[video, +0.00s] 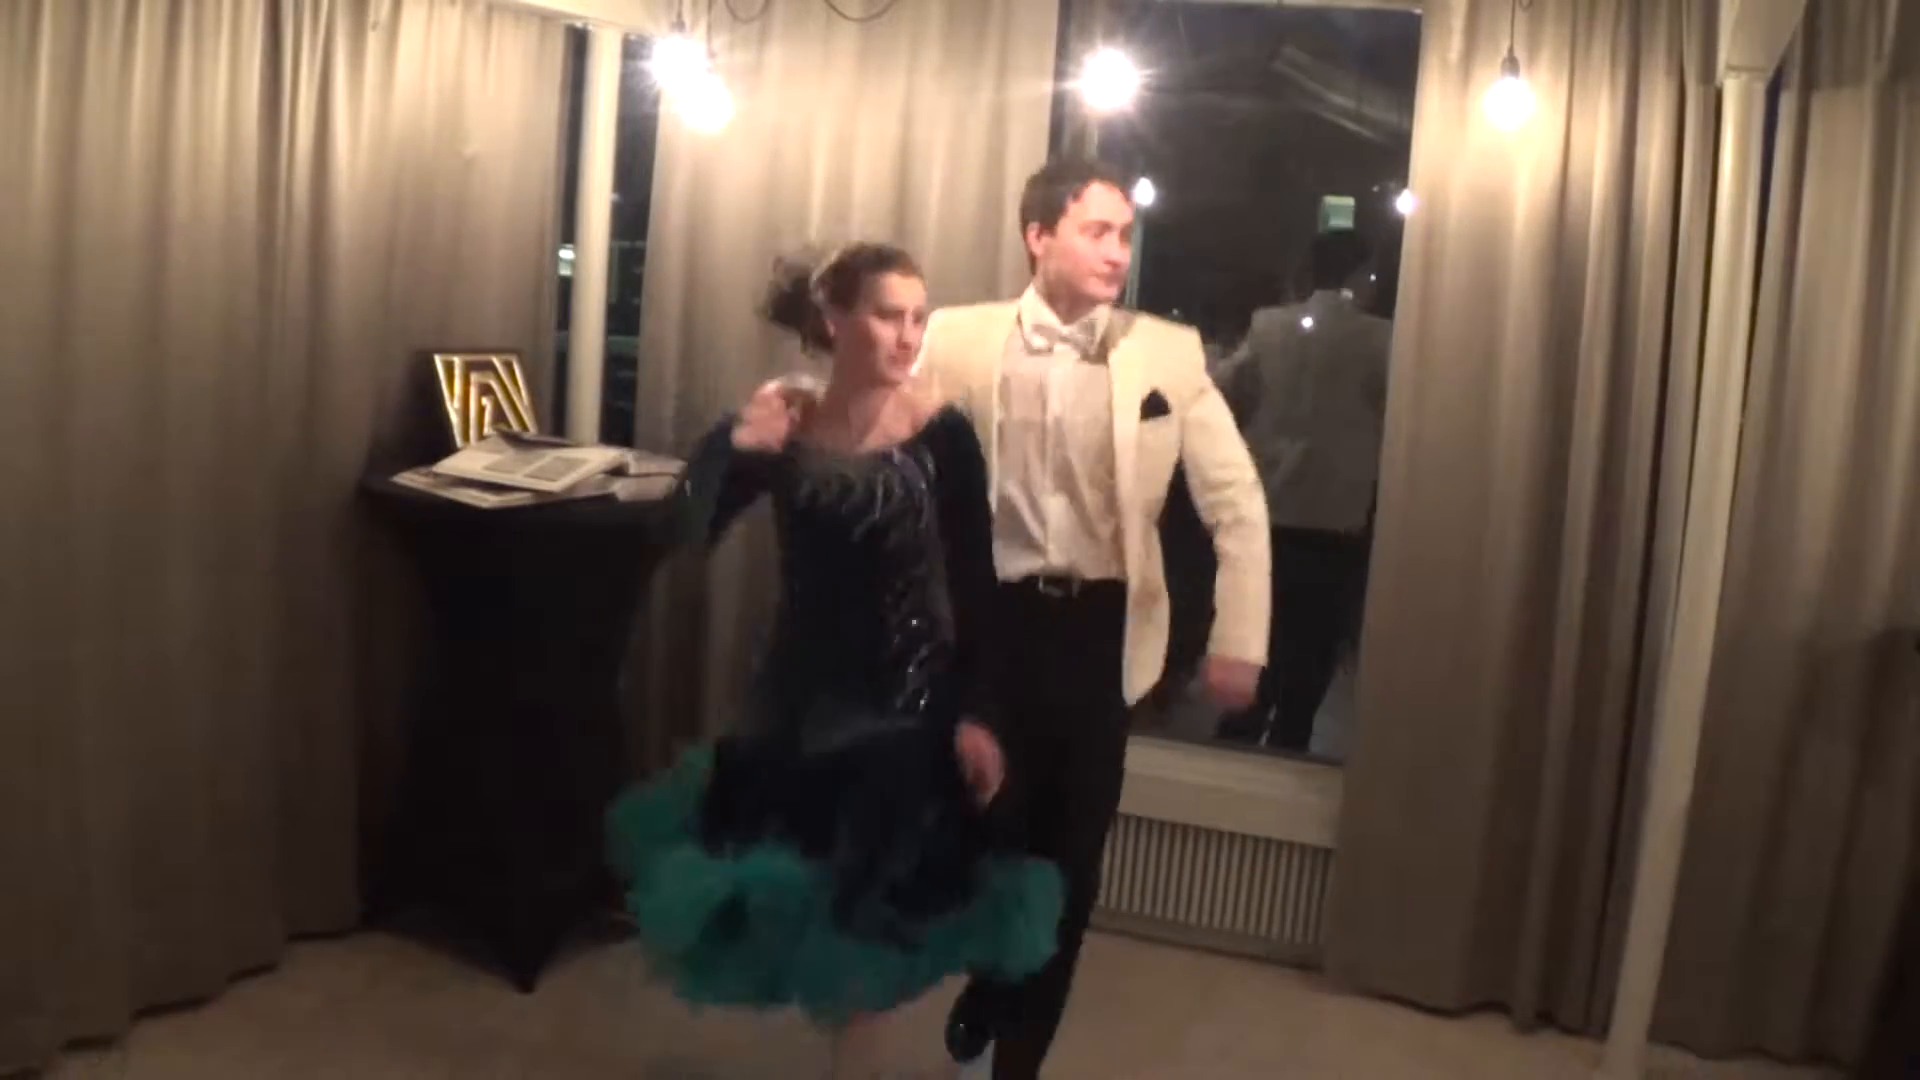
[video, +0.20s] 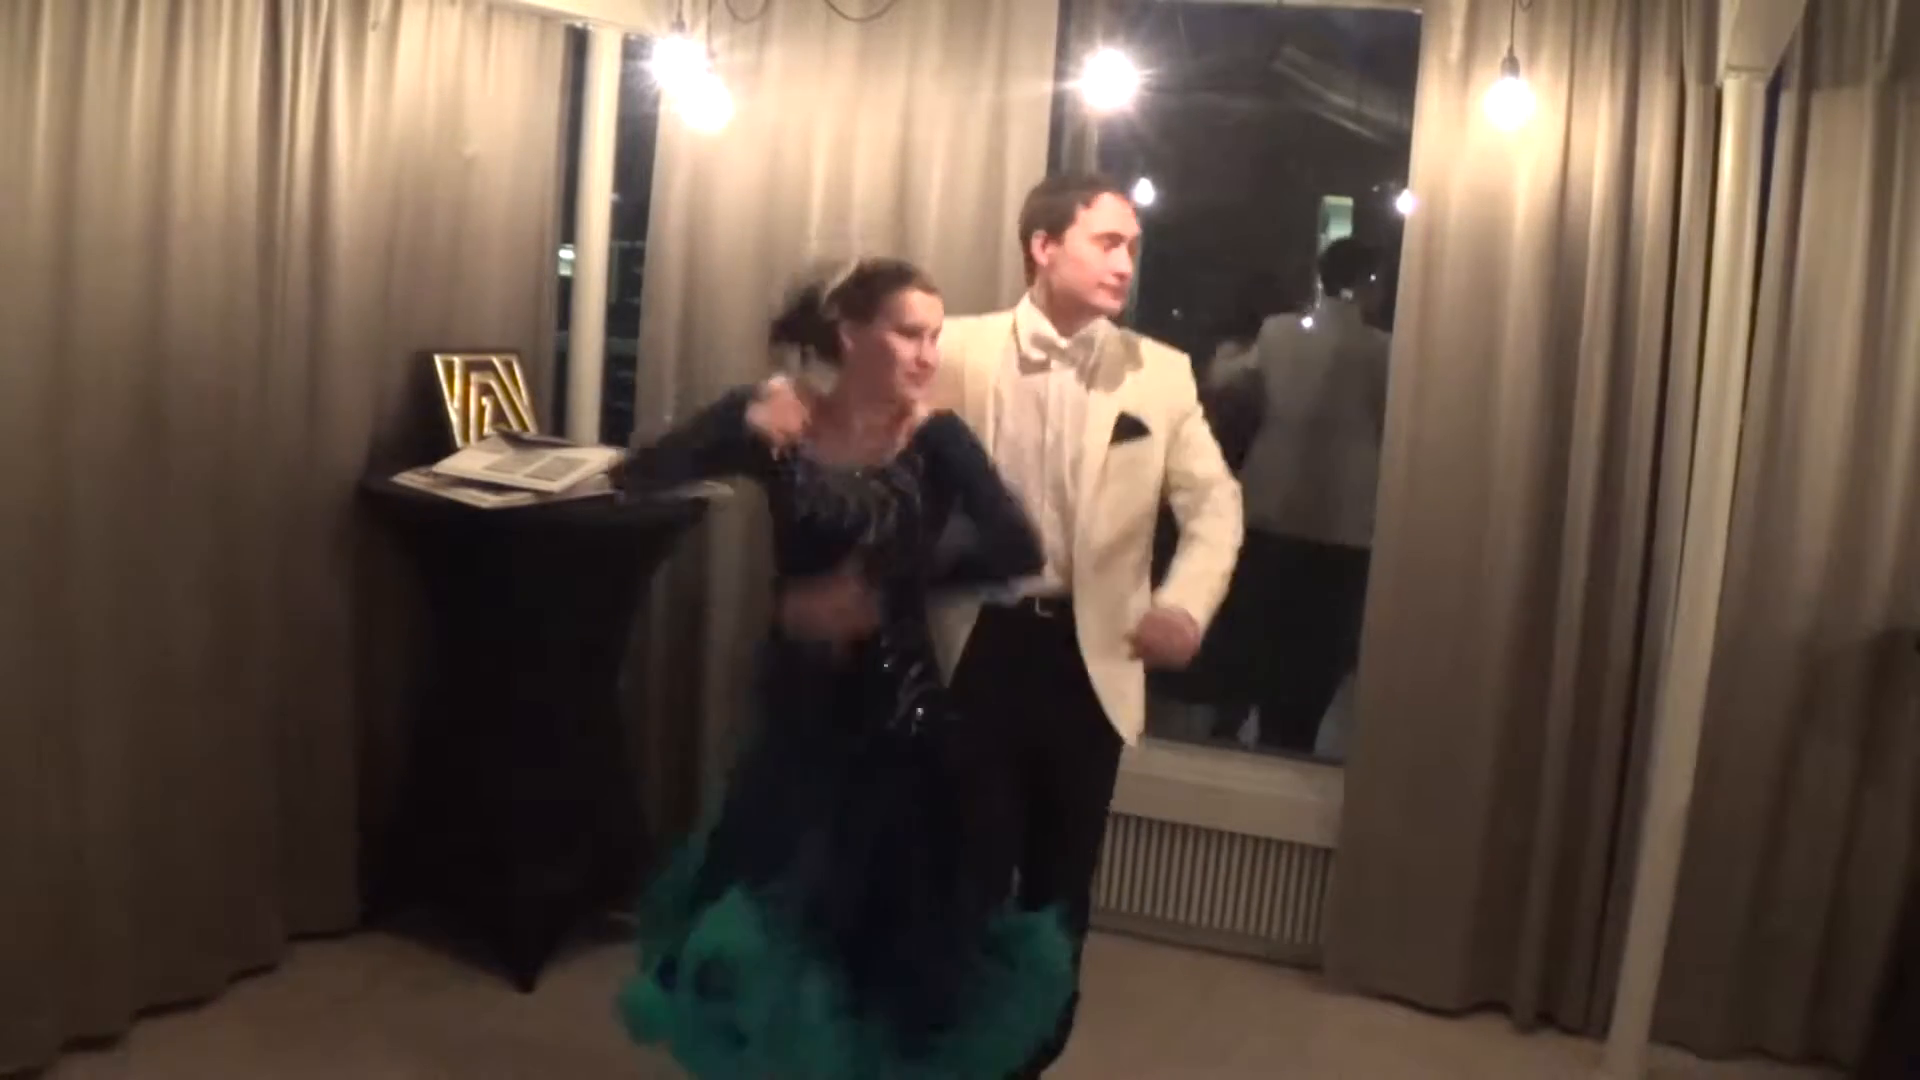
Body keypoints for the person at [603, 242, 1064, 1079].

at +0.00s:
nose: (910, 335)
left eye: (921, 318)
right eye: (891, 316)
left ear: (928, 327)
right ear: (836, 322)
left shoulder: (940, 433)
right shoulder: (789, 424)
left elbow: (975, 583)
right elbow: (688, 532)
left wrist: (975, 709)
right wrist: (734, 445)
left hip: (912, 690)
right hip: (808, 683)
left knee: (884, 895)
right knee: (805, 880)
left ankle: (859, 1051)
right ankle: (842, 1034)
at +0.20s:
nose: (929, 354)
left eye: (936, 336)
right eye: (910, 333)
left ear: (941, 343)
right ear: (848, 335)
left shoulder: (939, 438)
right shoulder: (782, 426)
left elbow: (1018, 550)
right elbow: (641, 474)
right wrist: (742, 423)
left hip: (901, 691)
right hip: (801, 683)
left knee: (901, 878)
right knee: (777, 870)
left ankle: (891, 1042)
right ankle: (779, 1036)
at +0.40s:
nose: (939, 386)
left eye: (945, 367)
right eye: (924, 363)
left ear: (948, 369)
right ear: (858, 349)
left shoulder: (929, 474)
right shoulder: (770, 438)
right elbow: (617, 468)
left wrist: (968, 518)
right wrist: (733, 422)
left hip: (870, 728)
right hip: (764, 719)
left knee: (843, 941)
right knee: (738, 938)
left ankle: (827, 1060)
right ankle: (739, 1061)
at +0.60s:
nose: (939, 458)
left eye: (947, 439)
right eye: (928, 435)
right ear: (865, 416)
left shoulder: (915, 545)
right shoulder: (752, 502)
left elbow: (1001, 676)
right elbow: (603, 571)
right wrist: (700, 491)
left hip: (847, 801)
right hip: (738, 795)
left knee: (857, 1003)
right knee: (712, 1002)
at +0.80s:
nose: (952, 435)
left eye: (958, 417)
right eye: (940, 410)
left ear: (894, 403)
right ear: (872, 393)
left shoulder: (917, 529)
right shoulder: (750, 471)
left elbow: (1046, 631)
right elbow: (597, 514)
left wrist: (1186, 621)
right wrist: (706, 433)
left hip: (835, 790)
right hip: (723, 775)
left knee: (830, 1009)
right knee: (688, 1000)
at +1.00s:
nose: (940, 411)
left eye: (950, 392)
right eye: (931, 384)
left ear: (889, 374)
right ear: (862, 362)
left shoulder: (910, 501)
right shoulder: (740, 439)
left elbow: (1046, 611)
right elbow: (575, 487)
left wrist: (1182, 563)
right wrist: (690, 396)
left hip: (829, 762)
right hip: (710, 747)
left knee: (815, 981)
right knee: (685, 971)